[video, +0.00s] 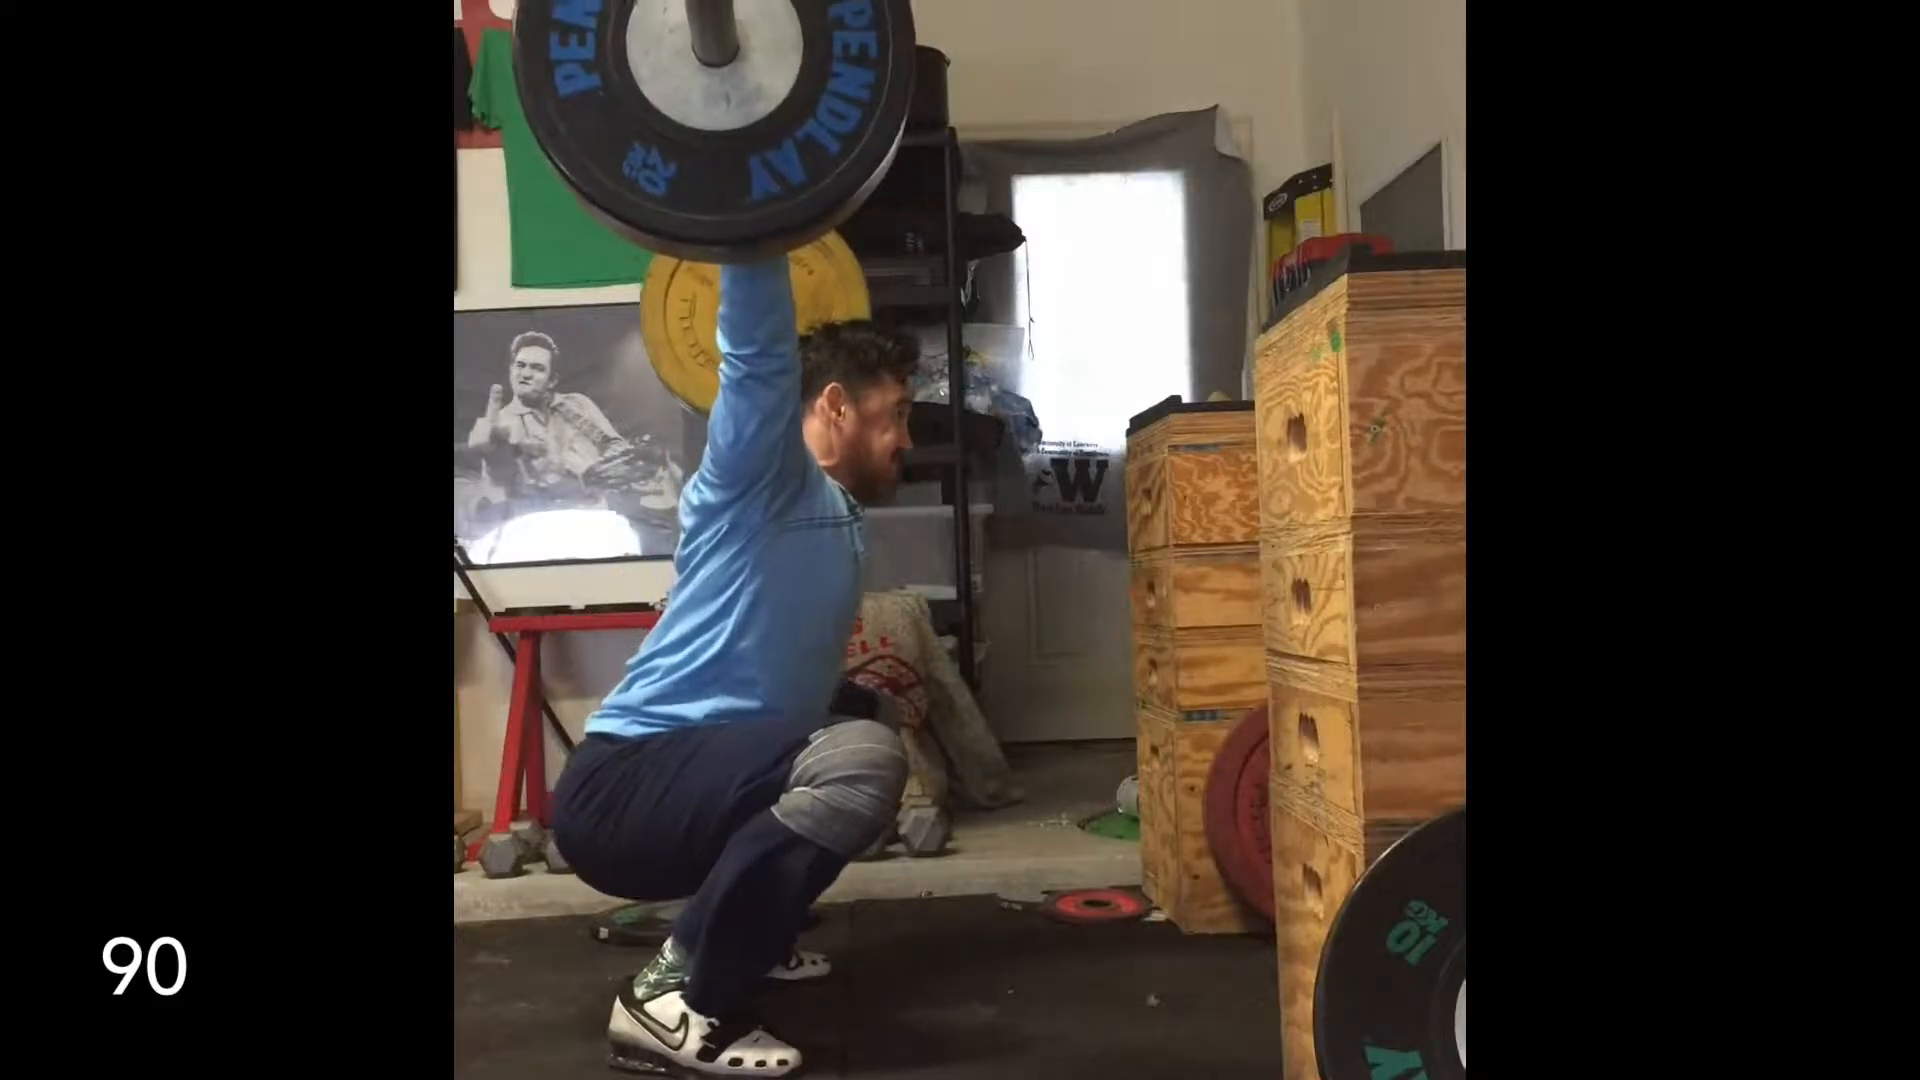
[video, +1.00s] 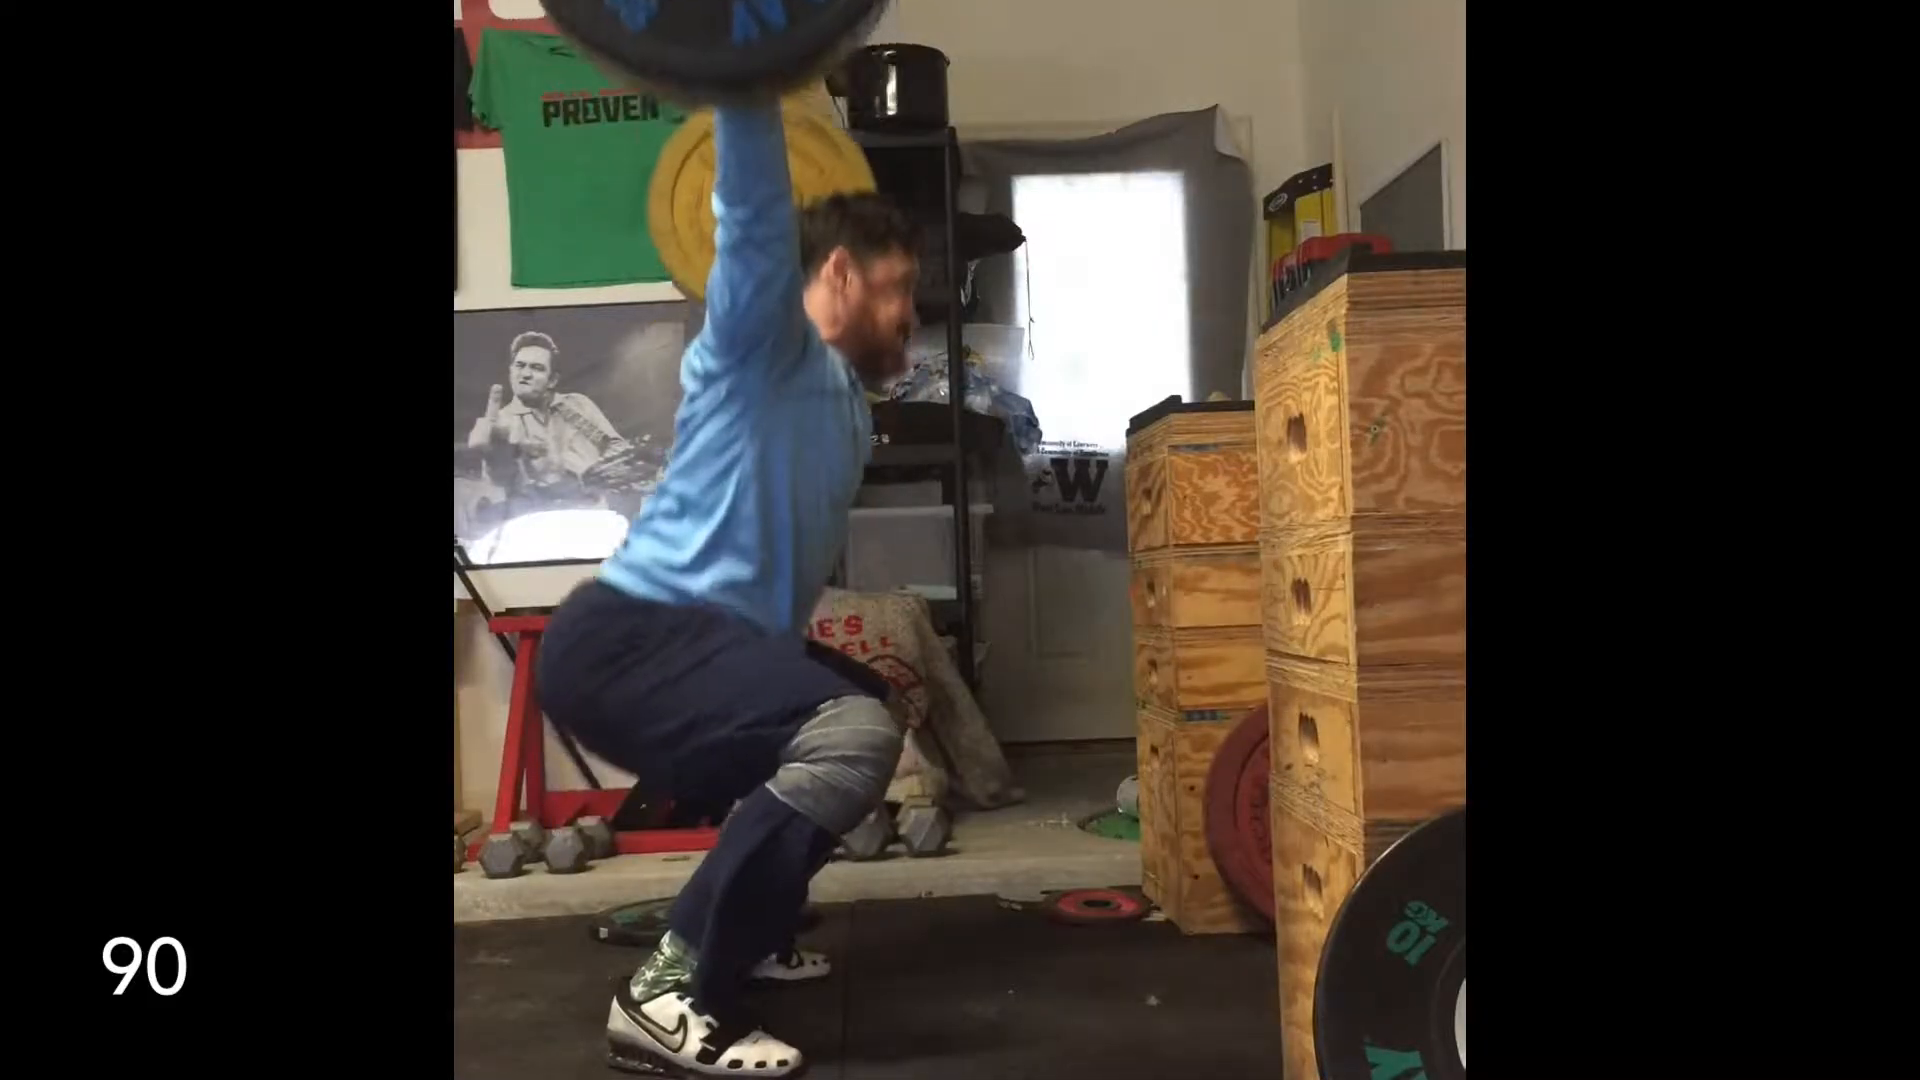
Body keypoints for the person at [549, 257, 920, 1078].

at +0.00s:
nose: (905, 442)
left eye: (906, 422)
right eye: (892, 419)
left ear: (840, 414)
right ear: (832, 409)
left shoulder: (838, 521)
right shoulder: (758, 480)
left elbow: (762, 665)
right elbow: (757, 350)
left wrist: (840, 693)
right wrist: (738, 190)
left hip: (695, 774)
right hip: (619, 785)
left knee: (870, 718)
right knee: (858, 758)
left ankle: (746, 935)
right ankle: (676, 991)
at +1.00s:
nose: (907, 315)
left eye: (912, 294)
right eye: (894, 289)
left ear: (855, 288)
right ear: (833, 279)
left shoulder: (846, 402)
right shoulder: (756, 349)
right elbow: (752, 215)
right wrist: (740, 67)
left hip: (710, 646)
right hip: (626, 636)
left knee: (863, 722)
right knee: (846, 733)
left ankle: (752, 922)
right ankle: (669, 986)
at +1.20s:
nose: (904, 194)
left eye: (909, 173)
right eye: (891, 166)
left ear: (868, 163)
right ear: (826, 146)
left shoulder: (842, 277)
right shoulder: (761, 232)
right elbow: (730, 116)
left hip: (735, 544)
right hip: (653, 528)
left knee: (846, 705)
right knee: (836, 713)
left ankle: (738, 919)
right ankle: (672, 989)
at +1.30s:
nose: (898, 97)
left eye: (906, 79)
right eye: (885, 71)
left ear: (885, 79)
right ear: (828, 54)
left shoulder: (838, 175)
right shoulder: (760, 142)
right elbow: (692, 83)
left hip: (769, 473)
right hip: (679, 451)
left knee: (807, 685)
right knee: (795, 692)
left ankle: (720, 916)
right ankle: (668, 990)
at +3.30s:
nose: (844, 2)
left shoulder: (786, 88)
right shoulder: (705, 65)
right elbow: (549, 112)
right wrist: (612, 8)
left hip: (738, 405)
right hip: (671, 396)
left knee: (704, 669)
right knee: (671, 675)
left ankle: (693, 914)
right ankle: (644, 984)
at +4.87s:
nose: (836, 57)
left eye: (833, 40)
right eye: (818, 39)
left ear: (781, 48)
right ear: (759, 40)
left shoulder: (789, 138)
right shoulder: (708, 130)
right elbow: (586, 196)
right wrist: (638, 70)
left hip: (729, 450)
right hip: (675, 446)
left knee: (789, 689)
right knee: (807, 695)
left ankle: (715, 917)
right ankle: (661, 980)